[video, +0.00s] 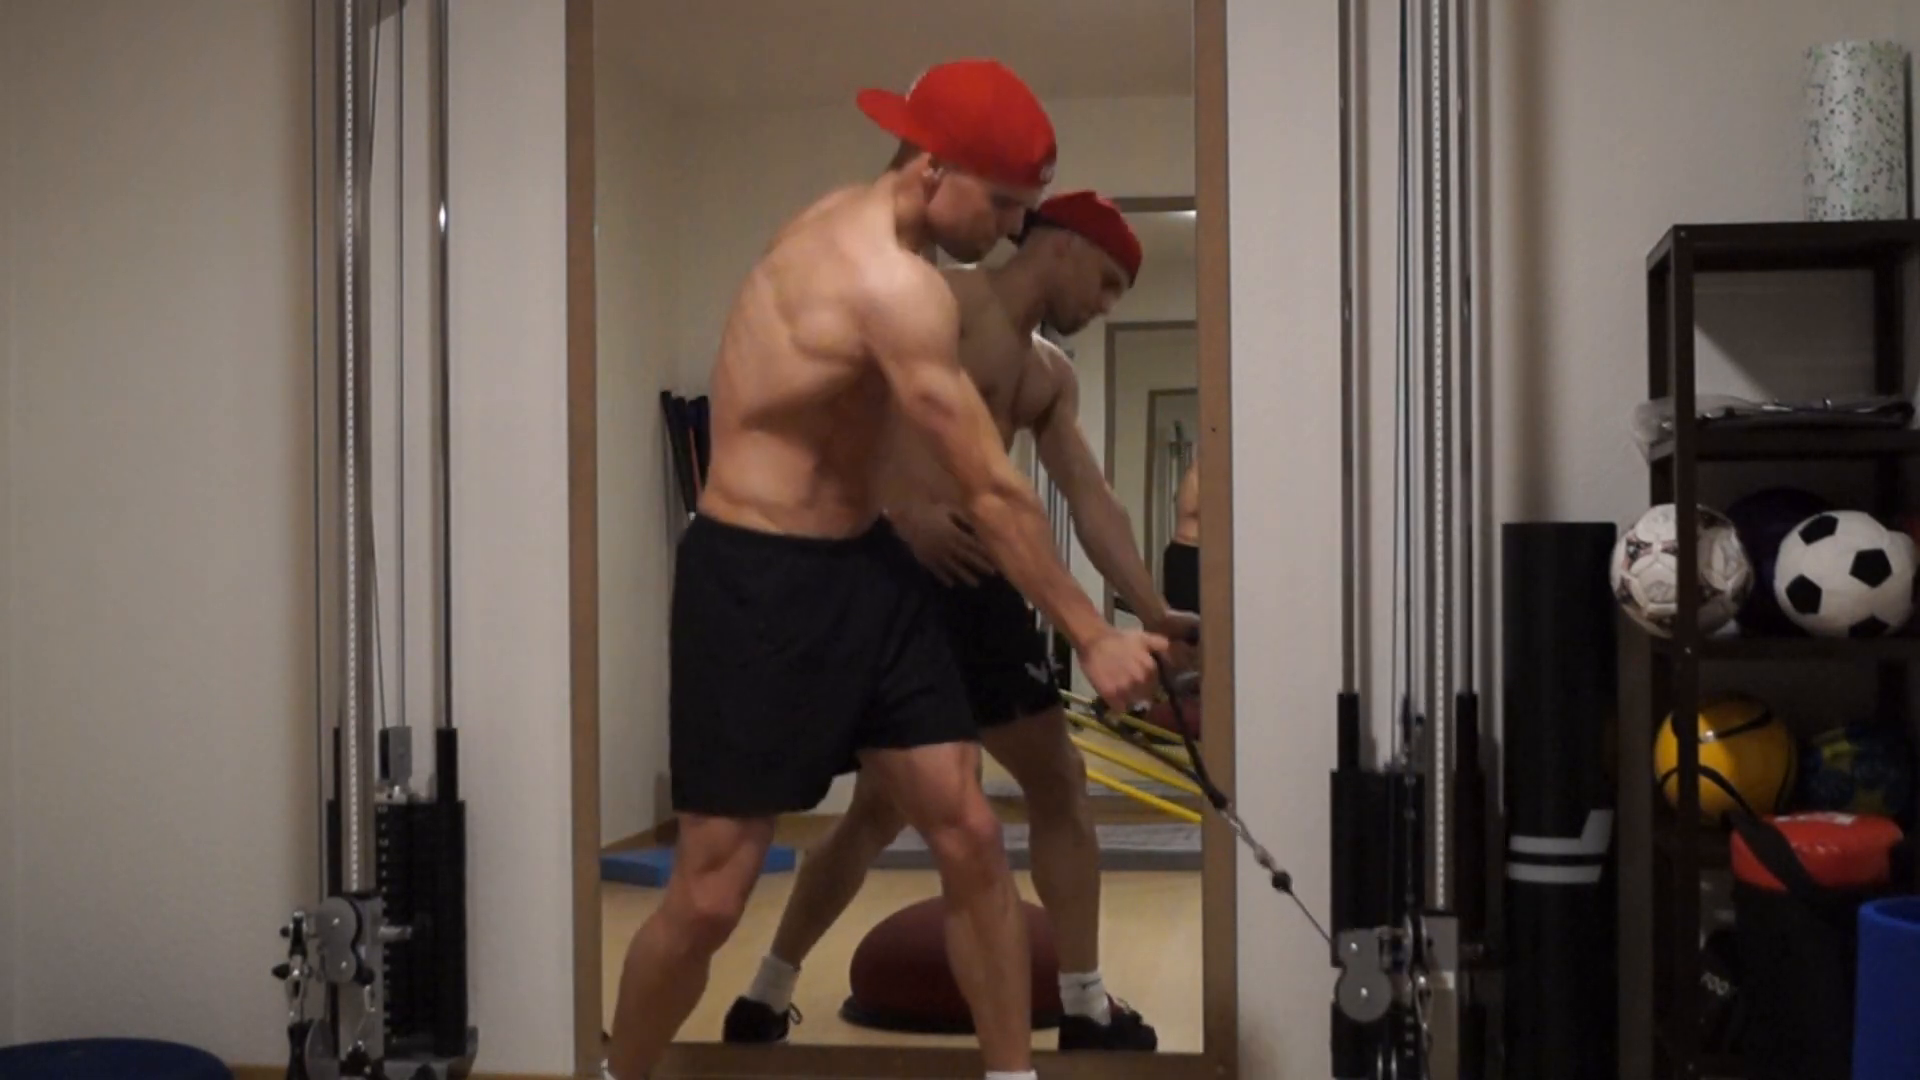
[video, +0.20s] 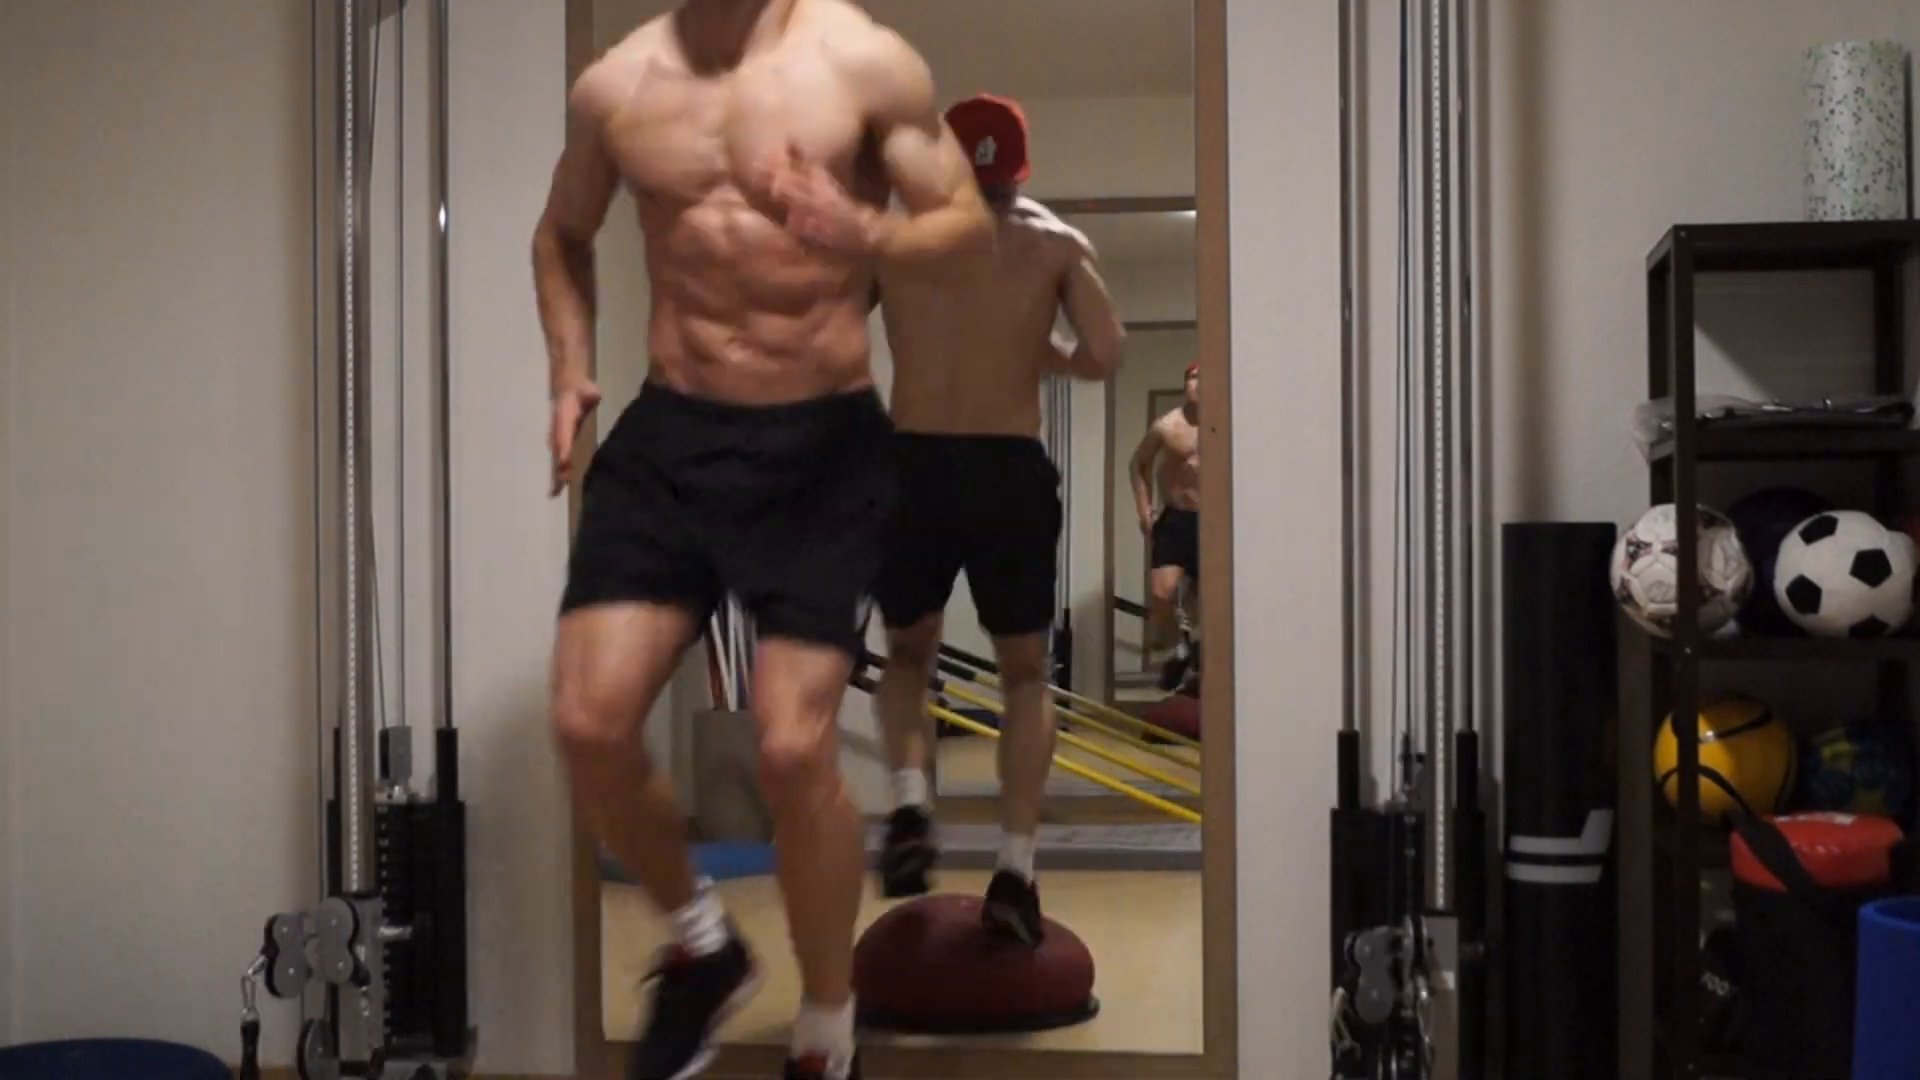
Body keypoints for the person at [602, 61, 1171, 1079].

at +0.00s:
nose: (1009, 228)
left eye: (1018, 208)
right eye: (1003, 204)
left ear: (929, 168)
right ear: (933, 172)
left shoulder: (862, 216)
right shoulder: (896, 284)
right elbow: (987, 492)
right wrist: (1095, 638)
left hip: (860, 567)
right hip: (751, 573)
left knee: (970, 834)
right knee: (710, 893)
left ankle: (1013, 1074)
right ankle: (626, 1071)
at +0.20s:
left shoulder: (867, 58)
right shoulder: (615, 85)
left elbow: (969, 222)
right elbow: (562, 239)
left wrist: (875, 233)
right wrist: (571, 378)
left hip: (825, 445)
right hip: (671, 439)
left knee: (791, 747)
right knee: (588, 723)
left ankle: (825, 1039)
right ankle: (699, 943)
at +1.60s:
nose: (729, 23)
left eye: (763, 3)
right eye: (713, 6)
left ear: (821, 35)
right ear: (694, 39)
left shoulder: (891, 185)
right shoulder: (642, 206)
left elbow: (981, 368)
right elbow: (613, 343)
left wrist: (878, 372)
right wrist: (603, 459)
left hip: (875, 545)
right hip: (722, 538)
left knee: (928, 880)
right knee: (630, 718)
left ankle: (995, 1071)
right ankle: (676, 940)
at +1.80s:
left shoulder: (851, 91)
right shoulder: (590, 100)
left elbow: (957, 209)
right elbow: (561, 265)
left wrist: (935, 330)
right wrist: (592, 323)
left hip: (824, 437)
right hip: (670, 448)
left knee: (818, 728)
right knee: (651, 754)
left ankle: (896, 963)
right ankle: (730, 1040)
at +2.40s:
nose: (744, 2)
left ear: (823, 19)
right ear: (707, 18)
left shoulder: (874, 121)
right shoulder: (643, 131)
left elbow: (927, 0)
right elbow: (511, 10)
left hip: (846, 530)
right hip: (688, 531)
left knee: (919, 854)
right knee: (659, 858)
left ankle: (959, 1068)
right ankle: (651, 1074)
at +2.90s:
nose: (736, 369)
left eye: (766, 339)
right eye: (713, 339)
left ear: (821, 337)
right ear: (688, 336)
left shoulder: (893, 461)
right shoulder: (654, 473)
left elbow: (915, 703)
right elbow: (651, 706)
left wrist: (884, 921)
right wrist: (638, 918)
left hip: (881, 683)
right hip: (741, 684)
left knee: (995, 885)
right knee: (585, 881)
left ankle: (980, 1071)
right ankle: (635, 1069)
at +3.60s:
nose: (763, 83)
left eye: (793, 67)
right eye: (744, 65)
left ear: (844, 108)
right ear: (719, 98)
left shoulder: (909, 253)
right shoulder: (664, 258)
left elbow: (986, 441)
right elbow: (610, 434)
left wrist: (885, 487)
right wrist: (656, 514)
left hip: (895, 588)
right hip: (734, 586)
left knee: (956, 878)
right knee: (642, 880)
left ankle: (970, 1073)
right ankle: (652, 1075)